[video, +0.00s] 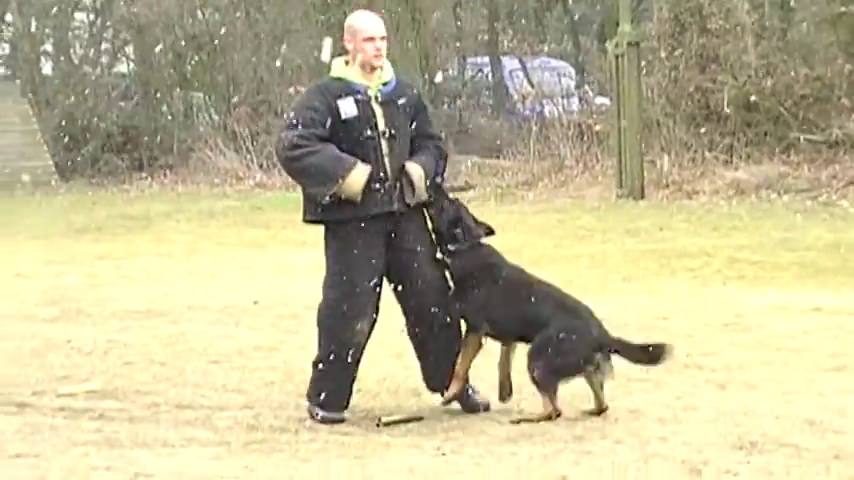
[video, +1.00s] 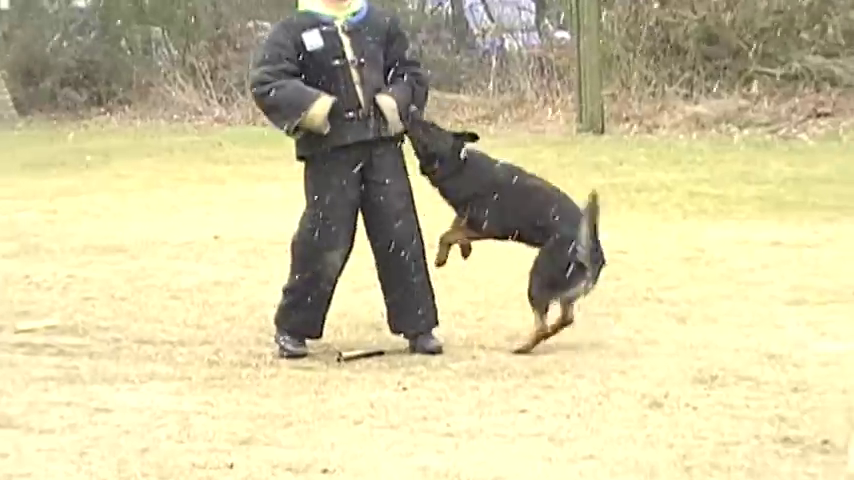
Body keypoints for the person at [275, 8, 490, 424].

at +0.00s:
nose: (378, 48)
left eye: (382, 40)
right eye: (369, 40)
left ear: (388, 44)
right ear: (348, 44)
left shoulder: (404, 95)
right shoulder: (326, 94)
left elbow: (432, 144)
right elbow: (294, 146)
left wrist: (421, 168)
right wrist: (347, 173)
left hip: (407, 218)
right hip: (354, 220)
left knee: (431, 297)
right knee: (349, 310)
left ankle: (453, 382)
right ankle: (327, 398)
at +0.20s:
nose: (380, 17)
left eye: (383, 10)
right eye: (370, 11)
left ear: (389, 14)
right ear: (349, 16)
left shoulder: (410, 63)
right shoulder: (333, 70)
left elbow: (438, 110)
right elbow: (307, 125)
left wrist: (427, 130)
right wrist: (364, 143)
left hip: (418, 189)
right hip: (368, 195)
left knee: (438, 275)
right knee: (357, 285)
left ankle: (461, 364)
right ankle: (334, 371)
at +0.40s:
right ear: (347, 1)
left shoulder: (409, 37)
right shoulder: (330, 46)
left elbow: (443, 85)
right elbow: (316, 104)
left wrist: (436, 107)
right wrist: (380, 114)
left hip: (425, 162)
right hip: (376, 168)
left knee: (442, 248)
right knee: (368, 256)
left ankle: (459, 341)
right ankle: (331, 339)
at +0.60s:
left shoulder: (414, 24)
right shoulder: (335, 23)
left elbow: (441, 70)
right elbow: (307, 75)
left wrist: (440, 90)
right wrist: (358, 100)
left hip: (419, 147)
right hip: (367, 150)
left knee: (434, 232)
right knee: (357, 238)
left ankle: (453, 324)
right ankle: (324, 323)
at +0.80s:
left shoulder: (407, 22)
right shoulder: (323, 18)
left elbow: (438, 75)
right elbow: (298, 70)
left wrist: (422, 99)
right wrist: (353, 88)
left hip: (407, 143)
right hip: (353, 142)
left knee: (423, 231)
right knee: (345, 234)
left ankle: (438, 318)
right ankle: (312, 318)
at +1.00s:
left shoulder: (382, 23)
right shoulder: (293, 30)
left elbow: (413, 75)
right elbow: (267, 82)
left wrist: (395, 102)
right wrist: (312, 107)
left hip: (384, 150)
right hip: (331, 154)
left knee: (401, 237)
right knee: (325, 243)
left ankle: (420, 328)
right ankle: (293, 328)